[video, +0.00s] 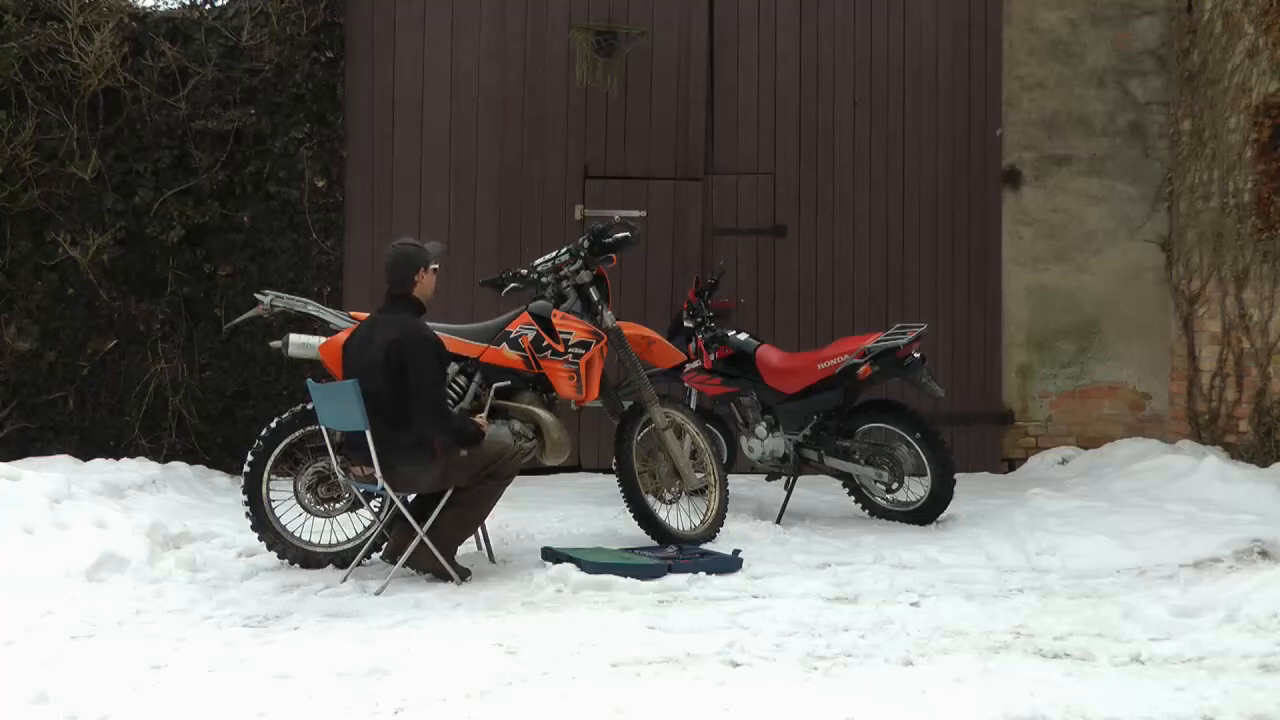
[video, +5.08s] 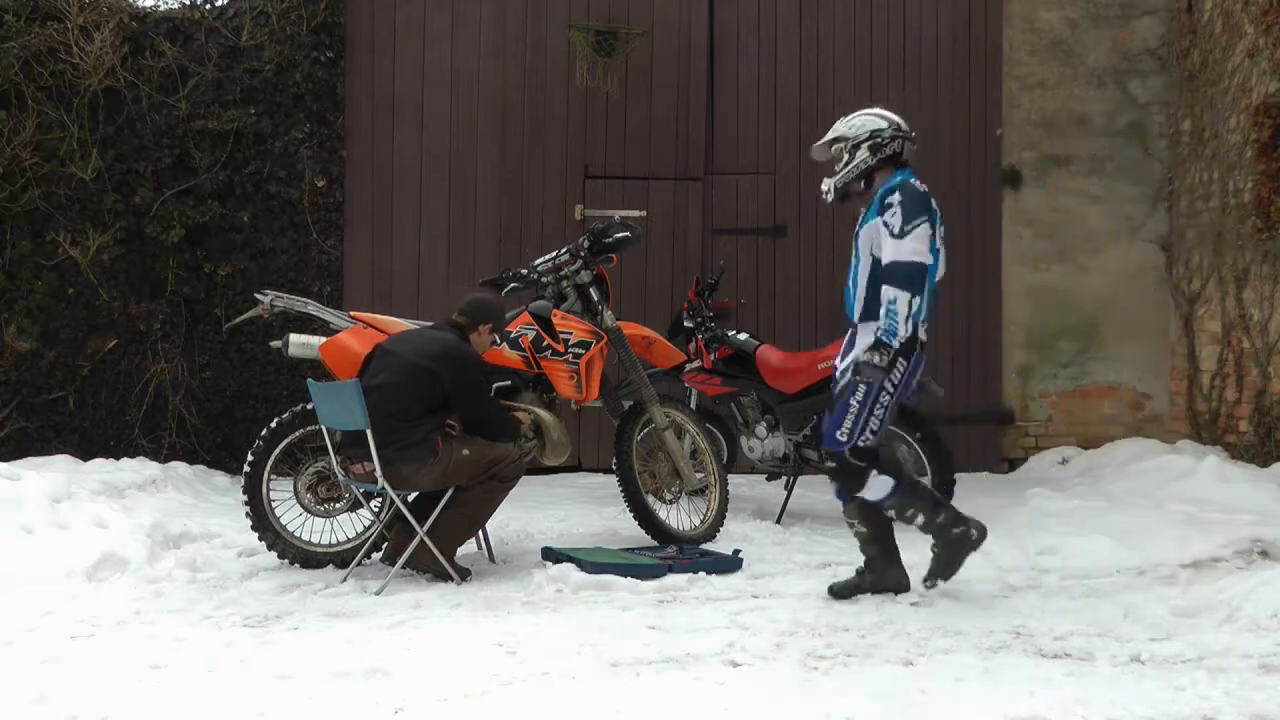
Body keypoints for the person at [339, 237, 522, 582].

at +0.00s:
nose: (435, 277)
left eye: (434, 270)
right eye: (433, 271)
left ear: (394, 279)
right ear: (419, 278)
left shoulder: (362, 333)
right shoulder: (420, 338)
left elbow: (364, 406)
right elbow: (433, 417)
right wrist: (473, 430)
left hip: (376, 462)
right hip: (409, 466)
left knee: (471, 451)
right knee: (504, 454)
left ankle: (405, 537)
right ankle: (435, 548)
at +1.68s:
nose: (456, 315)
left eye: (458, 308)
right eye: (456, 306)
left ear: (417, 297)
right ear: (445, 302)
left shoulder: (372, 333)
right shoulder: (432, 345)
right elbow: (460, 425)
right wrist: (490, 417)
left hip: (359, 457)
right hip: (401, 465)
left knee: (460, 455)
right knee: (507, 456)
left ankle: (403, 543)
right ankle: (434, 550)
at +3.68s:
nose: (478, 336)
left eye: (481, 329)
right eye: (479, 327)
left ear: (442, 314)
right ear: (469, 321)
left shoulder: (392, 337)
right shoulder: (454, 353)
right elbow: (480, 431)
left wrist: (434, 424)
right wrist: (497, 436)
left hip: (357, 456)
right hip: (401, 463)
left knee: (465, 454)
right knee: (507, 462)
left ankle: (403, 543)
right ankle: (435, 551)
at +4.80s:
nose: (492, 345)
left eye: (495, 339)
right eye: (494, 337)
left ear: (459, 317)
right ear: (484, 329)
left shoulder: (405, 337)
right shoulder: (461, 356)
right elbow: (494, 428)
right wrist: (514, 417)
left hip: (358, 454)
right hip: (401, 461)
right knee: (509, 463)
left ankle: (402, 543)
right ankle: (435, 551)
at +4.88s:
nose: (492, 345)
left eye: (495, 339)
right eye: (494, 337)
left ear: (459, 317)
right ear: (484, 329)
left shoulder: (406, 337)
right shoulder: (462, 357)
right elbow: (495, 431)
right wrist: (514, 420)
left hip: (358, 454)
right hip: (401, 461)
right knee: (508, 464)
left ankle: (402, 543)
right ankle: (435, 551)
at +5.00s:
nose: (492, 345)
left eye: (495, 339)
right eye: (494, 338)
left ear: (459, 317)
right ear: (484, 329)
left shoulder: (405, 337)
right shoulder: (461, 357)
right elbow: (493, 429)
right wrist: (514, 420)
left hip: (357, 456)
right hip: (401, 461)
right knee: (508, 464)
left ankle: (402, 543)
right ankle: (435, 551)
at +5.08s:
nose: (492, 345)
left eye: (495, 339)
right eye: (493, 337)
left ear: (459, 317)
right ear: (483, 329)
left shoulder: (404, 337)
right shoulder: (461, 357)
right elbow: (486, 424)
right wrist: (516, 421)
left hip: (357, 456)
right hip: (400, 461)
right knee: (508, 464)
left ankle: (402, 543)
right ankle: (435, 550)